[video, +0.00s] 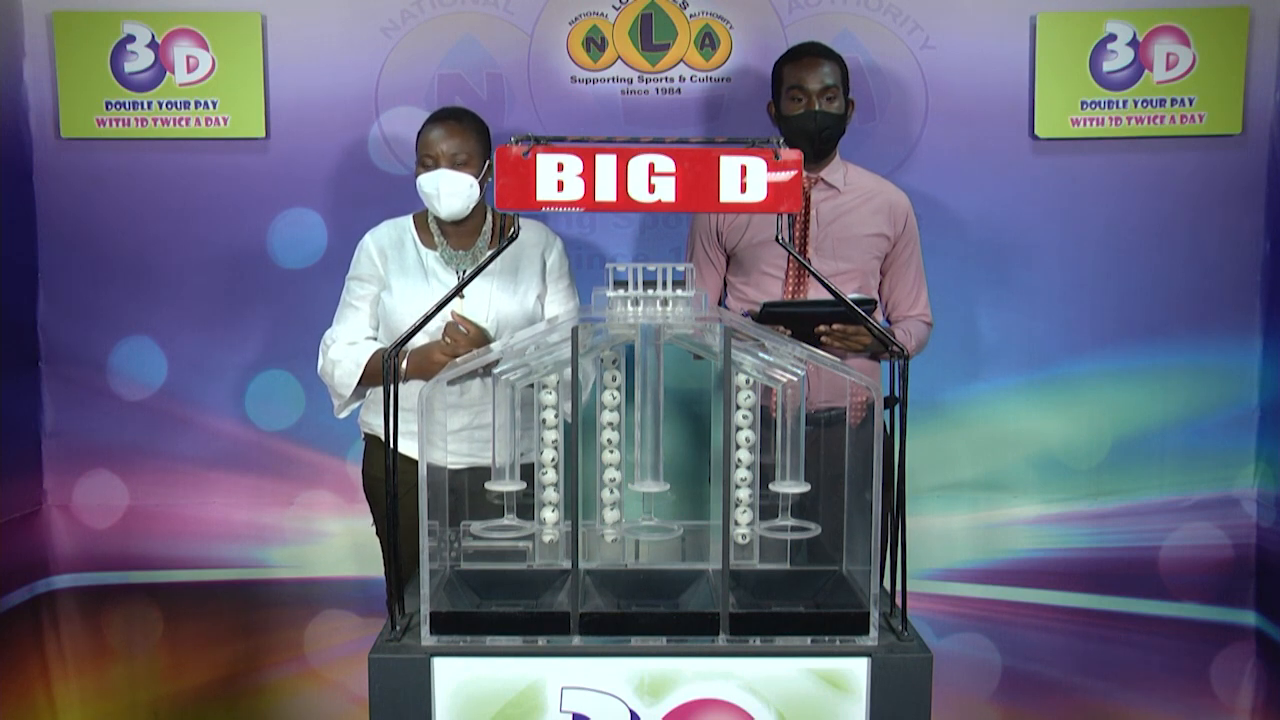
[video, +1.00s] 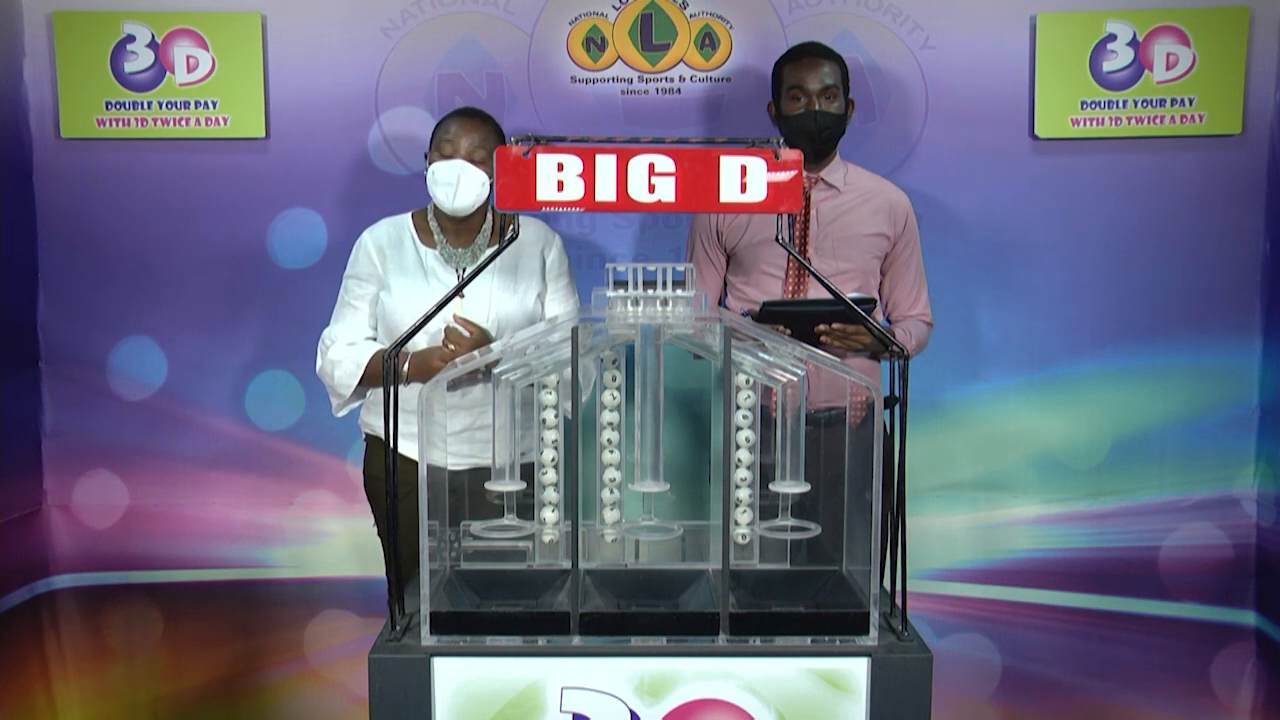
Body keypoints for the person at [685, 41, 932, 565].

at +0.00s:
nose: (814, 107)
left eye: (829, 94)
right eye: (796, 95)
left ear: (848, 108)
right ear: (774, 109)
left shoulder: (888, 205)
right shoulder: (727, 200)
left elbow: (914, 321)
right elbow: (695, 317)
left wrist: (876, 341)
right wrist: (758, 335)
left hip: (844, 416)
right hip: (752, 416)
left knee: (844, 580)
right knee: (753, 579)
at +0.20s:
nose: (813, 107)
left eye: (829, 94)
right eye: (796, 95)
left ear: (848, 108)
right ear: (774, 109)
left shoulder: (888, 205)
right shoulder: (727, 200)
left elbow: (914, 321)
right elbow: (695, 317)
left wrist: (876, 341)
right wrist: (758, 335)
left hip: (844, 417)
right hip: (752, 416)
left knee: (844, 581)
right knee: (753, 579)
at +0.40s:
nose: (813, 107)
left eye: (829, 94)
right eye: (796, 95)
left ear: (848, 108)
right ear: (774, 109)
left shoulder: (888, 205)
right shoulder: (727, 200)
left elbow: (914, 321)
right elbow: (696, 318)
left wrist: (876, 341)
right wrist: (758, 336)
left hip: (843, 417)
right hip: (751, 416)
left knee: (844, 581)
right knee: (753, 579)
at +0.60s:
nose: (813, 107)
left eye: (829, 94)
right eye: (796, 95)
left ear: (848, 108)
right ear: (774, 109)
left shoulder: (888, 205)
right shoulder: (727, 201)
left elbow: (914, 321)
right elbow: (695, 318)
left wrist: (876, 341)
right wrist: (758, 336)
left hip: (843, 417)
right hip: (751, 416)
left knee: (844, 581)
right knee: (753, 579)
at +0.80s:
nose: (813, 107)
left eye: (829, 94)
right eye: (796, 95)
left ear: (848, 108)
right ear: (774, 109)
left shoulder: (888, 205)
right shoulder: (726, 200)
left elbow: (914, 322)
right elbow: (696, 319)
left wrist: (875, 340)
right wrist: (758, 335)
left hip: (844, 418)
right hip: (752, 418)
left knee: (844, 582)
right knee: (754, 580)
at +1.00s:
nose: (813, 107)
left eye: (829, 94)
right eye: (796, 94)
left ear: (848, 108)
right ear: (774, 109)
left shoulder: (888, 205)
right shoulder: (727, 200)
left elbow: (915, 321)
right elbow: (695, 317)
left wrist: (876, 340)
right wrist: (755, 334)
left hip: (843, 417)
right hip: (751, 416)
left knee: (844, 580)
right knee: (753, 579)